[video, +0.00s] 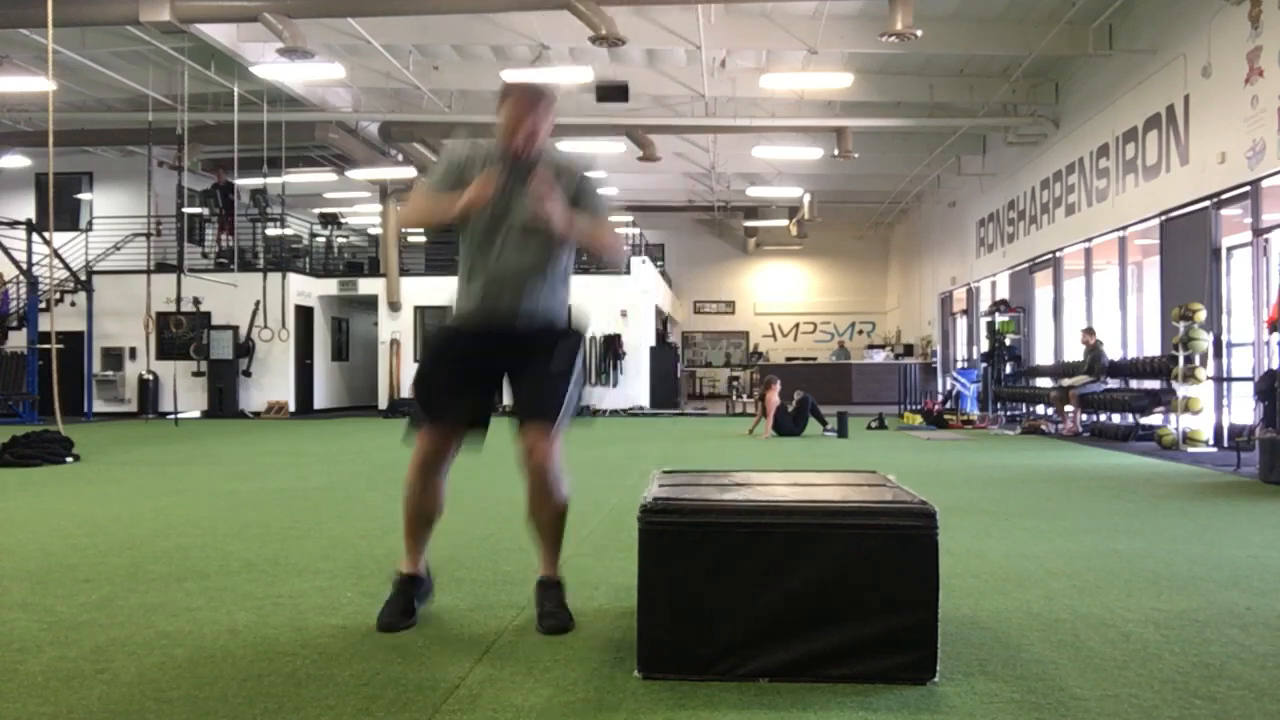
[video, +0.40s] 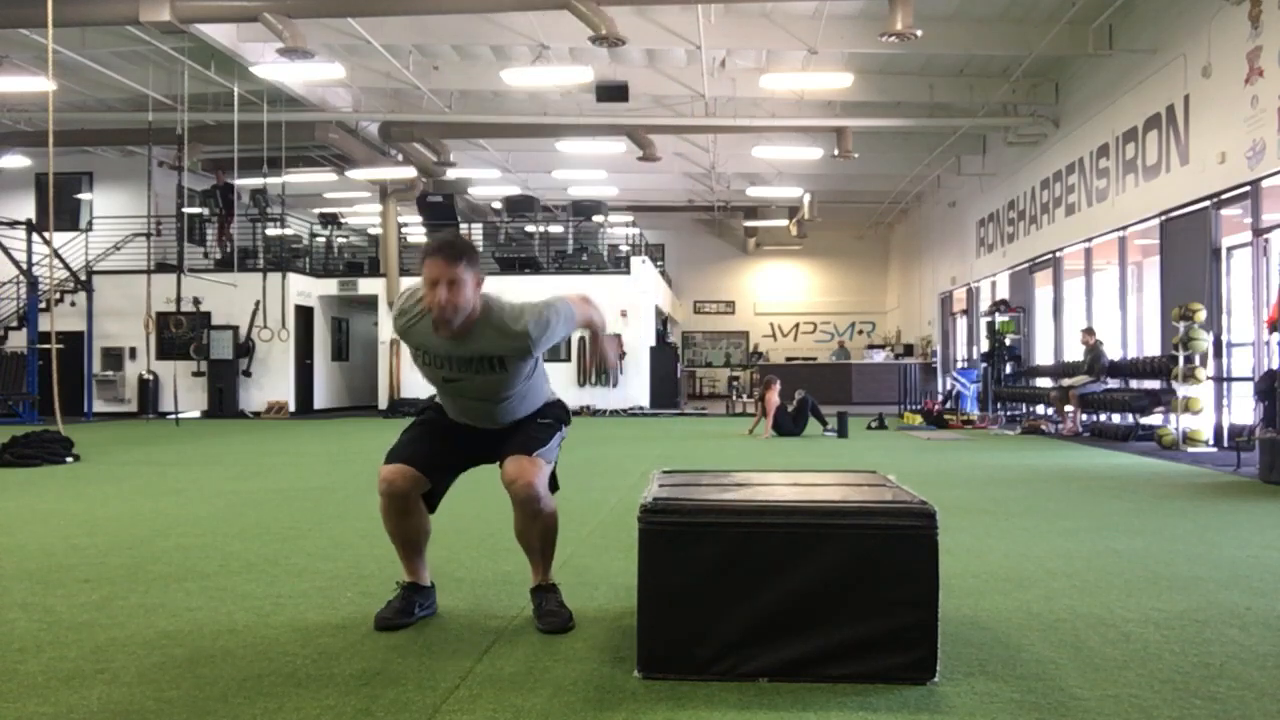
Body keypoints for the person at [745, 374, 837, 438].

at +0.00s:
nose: (779, 387)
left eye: (779, 385)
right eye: (778, 385)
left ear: (767, 385)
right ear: (773, 385)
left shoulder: (764, 396)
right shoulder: (772, 396)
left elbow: (759, 415)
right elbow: (770, 416)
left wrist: (751, 430)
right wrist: (767, 433)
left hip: (785, 430)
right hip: (793, 431)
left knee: (805, 398)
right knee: (807, 399)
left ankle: (825, 425)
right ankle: (826, 426)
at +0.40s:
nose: (779, 387)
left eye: (779, 385)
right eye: (778, 385)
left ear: (767, 385)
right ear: (773, 385)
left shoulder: (764, 396)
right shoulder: (772, 396)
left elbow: (759, 415)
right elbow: (770, 416)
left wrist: (751, 430)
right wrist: (767, 433)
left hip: (785, 430)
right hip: (793, 431)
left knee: (804, 398)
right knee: (807, 399)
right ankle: (826, 426)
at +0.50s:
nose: (779, 387)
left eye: (779, 384)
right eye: (778, 385)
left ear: (767, 385)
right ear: (773, 385)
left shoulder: (764, 396)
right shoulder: (772, 396)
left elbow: (759, 415)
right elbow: (770, 415)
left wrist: (751, 429)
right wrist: (767, 433)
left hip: (784, 430)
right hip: (793, 431)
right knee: (807, 399)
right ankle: (826, 426)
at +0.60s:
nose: (779, 387)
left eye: (779, 385)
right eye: (778, 385)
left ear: (767, 385)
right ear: (773, 385)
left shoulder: (764, 396)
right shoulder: (772, 396)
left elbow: (759, 415)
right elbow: (770, 416)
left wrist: (751, 430)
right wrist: (767, 433)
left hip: (785, 430)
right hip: (793, 431)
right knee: (807, 399)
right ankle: (826, 426)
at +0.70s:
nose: (779, 387)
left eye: (779, 384)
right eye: (778, 384)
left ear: (767, 385)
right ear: (773, 385)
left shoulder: (764, 396)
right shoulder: (772, 396)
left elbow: (759, 416)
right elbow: (770, 416)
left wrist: (751, 430)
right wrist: (767, 433)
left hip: (785, 430)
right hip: (793, 431)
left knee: (805, 399)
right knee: (807, 400)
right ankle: (826, 426)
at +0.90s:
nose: (779, 387)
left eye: (779, 384)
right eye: (778, 384)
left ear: (767, 385)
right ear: (773, 385)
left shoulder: (764, 396)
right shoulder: (772, 396)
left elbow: (759, 416)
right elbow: (770, 416)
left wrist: (751, 429)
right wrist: (767, 433)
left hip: (785, 430)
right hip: (793, 431)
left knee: (807, 402)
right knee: (807, 401)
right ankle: (826, 426)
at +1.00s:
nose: (779, 387)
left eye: (779, 384)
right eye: (778, 384)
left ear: (767, 385)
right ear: (773, 385)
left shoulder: (764, 396)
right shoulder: (772, 396)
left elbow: (759, 415)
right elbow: (770, 415)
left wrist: (751, 429)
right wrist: (767, 433)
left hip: (785, 430)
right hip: (793, 431)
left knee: (807, 402)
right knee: (807, 401)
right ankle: (826, 426)